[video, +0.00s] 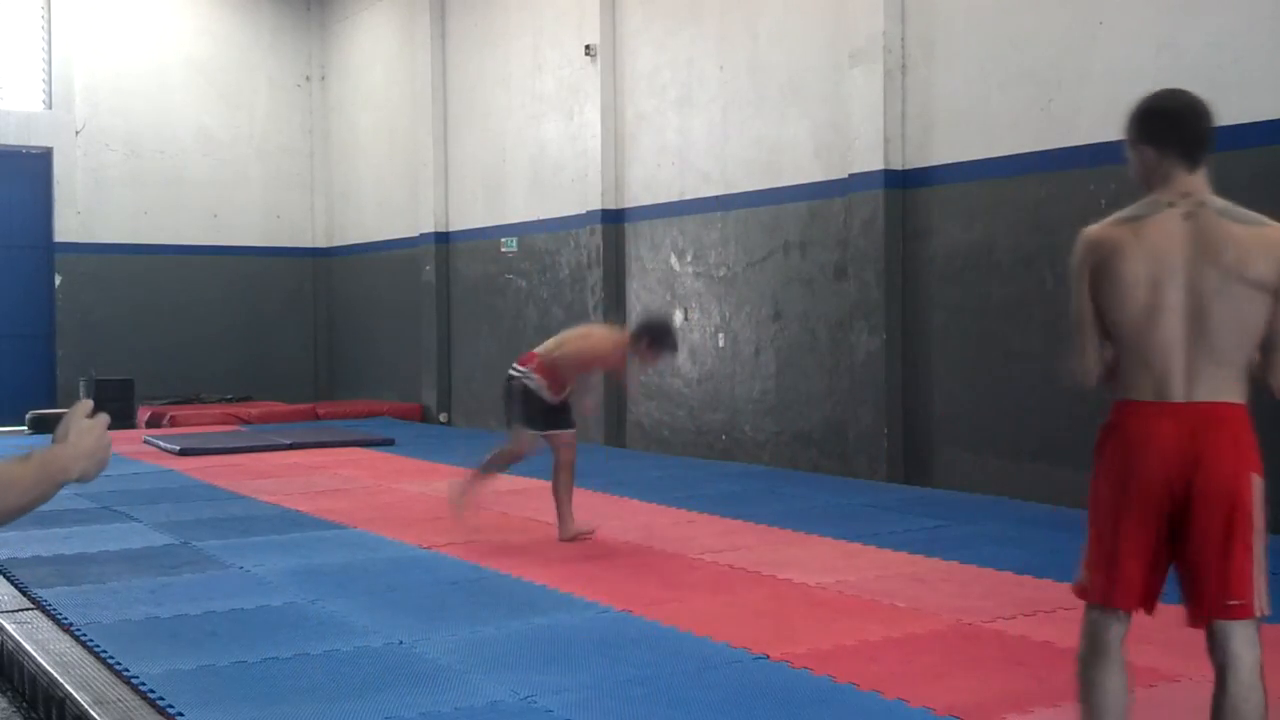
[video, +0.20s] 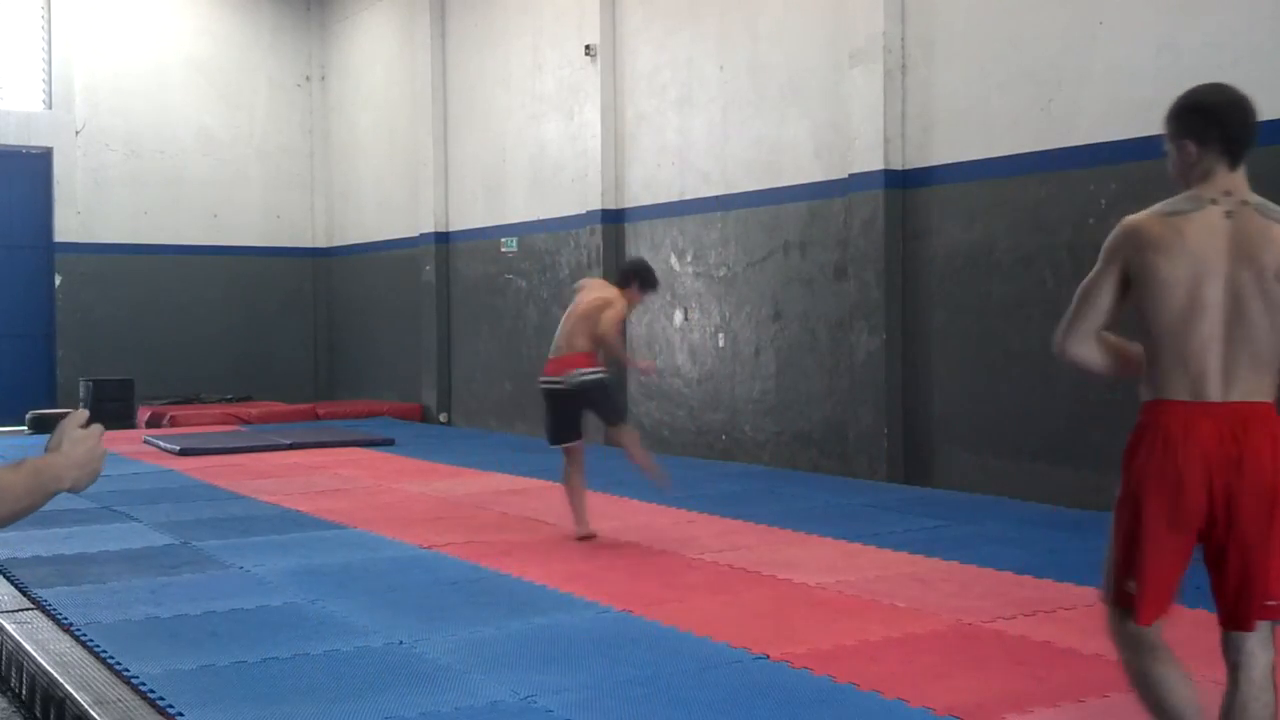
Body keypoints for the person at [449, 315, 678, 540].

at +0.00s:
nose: (654, 361)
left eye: (658, 356)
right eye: (656, 355)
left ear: (645, 343)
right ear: (646, 344)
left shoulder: (619, 347)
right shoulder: (607, 344)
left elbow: (581, 362)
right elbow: (556, 356)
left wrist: (585, 395)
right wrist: (575, 388)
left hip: (554, 392)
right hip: (525, 382)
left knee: (566, 451)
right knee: (521, 446)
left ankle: (566, 527)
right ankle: (466, 488)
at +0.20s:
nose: (640, 300)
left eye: (644, 295)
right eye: (642, 293)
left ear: (621, 281)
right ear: (632, 285)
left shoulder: (590, 286)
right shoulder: (618, 303)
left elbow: (580, 284)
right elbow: (606, 331)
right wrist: (633, 363)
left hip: (553, 380)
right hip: (588, 377)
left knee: (572, 456)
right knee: (621, 428)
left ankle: (581, 525)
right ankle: (654, 473)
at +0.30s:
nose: (628, 285)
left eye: (628, 281)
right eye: (629, 281)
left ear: (602, 272)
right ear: (624, 279)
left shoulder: (575, 290)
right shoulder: (622, 298)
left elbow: (556, 322)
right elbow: (647, 327)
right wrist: (671, 349)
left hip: (578, 390)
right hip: (616, 388)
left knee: (580, 461)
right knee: (639, 445)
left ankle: (603, 522)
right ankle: (665, 498)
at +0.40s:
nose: (575, 288)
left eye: (575, 284)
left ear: (579, 283)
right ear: (606, 280)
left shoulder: (575, 306)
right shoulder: (628, 304)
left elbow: (547, 340)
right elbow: (667, 322)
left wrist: (541, 325)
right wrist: (689, 337)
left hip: (605, 405)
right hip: (636, 402)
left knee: (585, 467)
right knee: (635, 458)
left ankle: (615, 518)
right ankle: (647, 516)